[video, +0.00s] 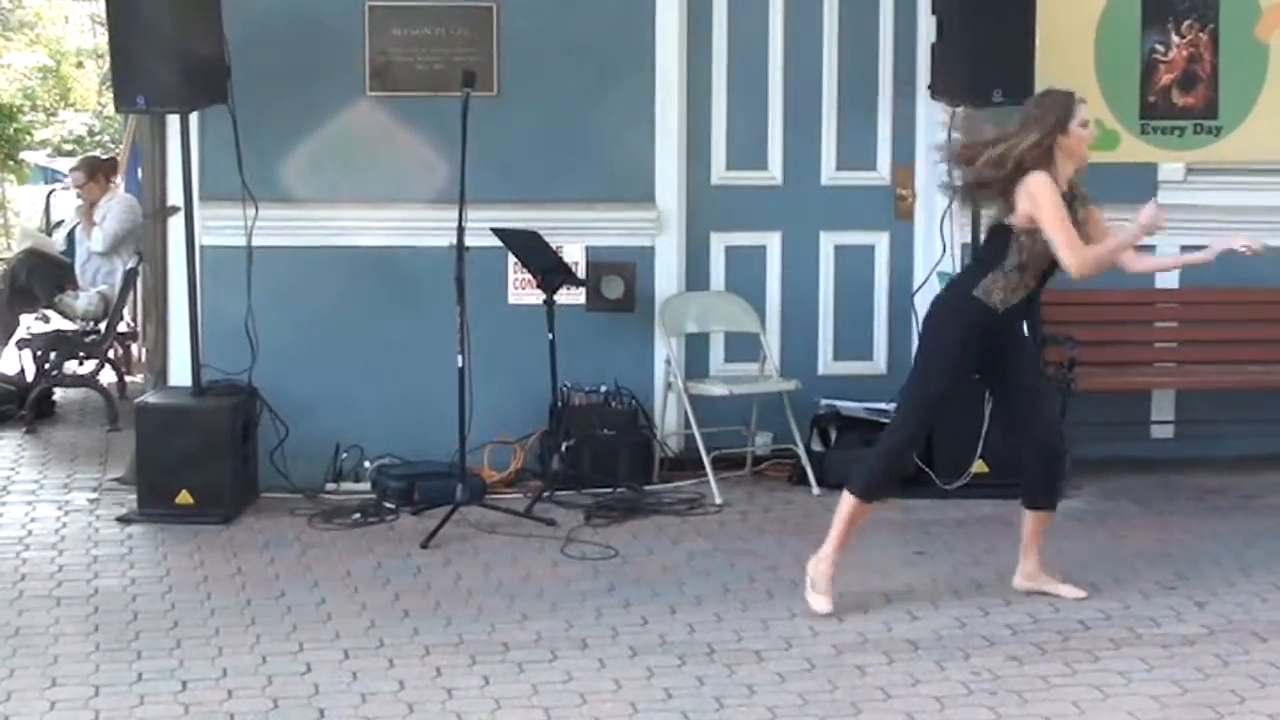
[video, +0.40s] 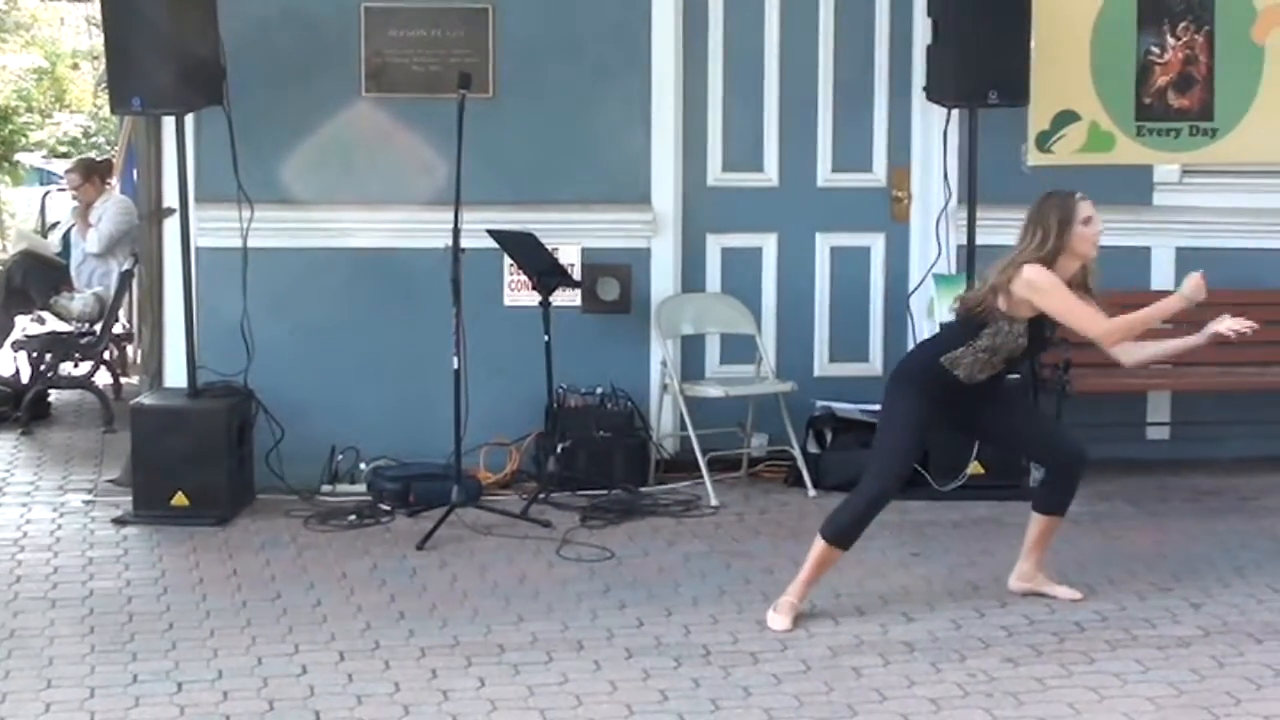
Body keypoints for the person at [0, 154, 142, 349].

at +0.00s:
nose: (77, 193)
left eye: (80, 187)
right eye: (75, 188)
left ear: (99, 181)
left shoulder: (125, 205)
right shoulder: (88, 211)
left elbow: (102, 244)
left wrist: (86, 220)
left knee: (29, 261)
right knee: (12, 296)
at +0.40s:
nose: (73, 195)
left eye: (76, 189)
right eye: (70, 190)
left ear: (94, 182)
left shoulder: (121, 206)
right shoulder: (83, 210)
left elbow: (98, 245)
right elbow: (55, 247)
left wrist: (81, 221)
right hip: (76, 289)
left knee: (25, 262)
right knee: (9, 299)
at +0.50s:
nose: (73, 195)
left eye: (76, 189)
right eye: (71, 190)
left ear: (94, 183)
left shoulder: (121, 207)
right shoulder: (84, 210)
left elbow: (99, 245)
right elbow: (56, 247)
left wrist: (81, 221)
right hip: (75, 286)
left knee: (26, 262)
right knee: (10, 301)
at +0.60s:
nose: (74, 196)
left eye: (77, 190)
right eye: (71, 191)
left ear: (94, 183)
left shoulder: (121, 207)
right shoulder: (84, 210)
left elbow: (99, 246)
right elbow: (55, 248)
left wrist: (81, 223)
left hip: (100, 296)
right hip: (74, 286)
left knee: (26, 263)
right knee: (9, 301)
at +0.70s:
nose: (74, 197)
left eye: (77, 190)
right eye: (72, 192)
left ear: (95, 184)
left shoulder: (121, 208)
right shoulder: (84, 211)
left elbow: (99, 246)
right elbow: (55, 248)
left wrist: (81, 222)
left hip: (100, 297)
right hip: (76, 287)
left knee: (26, 263)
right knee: (10, 304)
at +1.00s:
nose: (75, 197)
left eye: (78, 190)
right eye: (73, 192)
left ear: (99, 184)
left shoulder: (121, 208)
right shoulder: (83, 211)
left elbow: (98, 246)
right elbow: (56, 247)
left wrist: (82, 222)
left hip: (98, 299)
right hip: (74, 291)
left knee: (26, 264)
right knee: (9, 301)